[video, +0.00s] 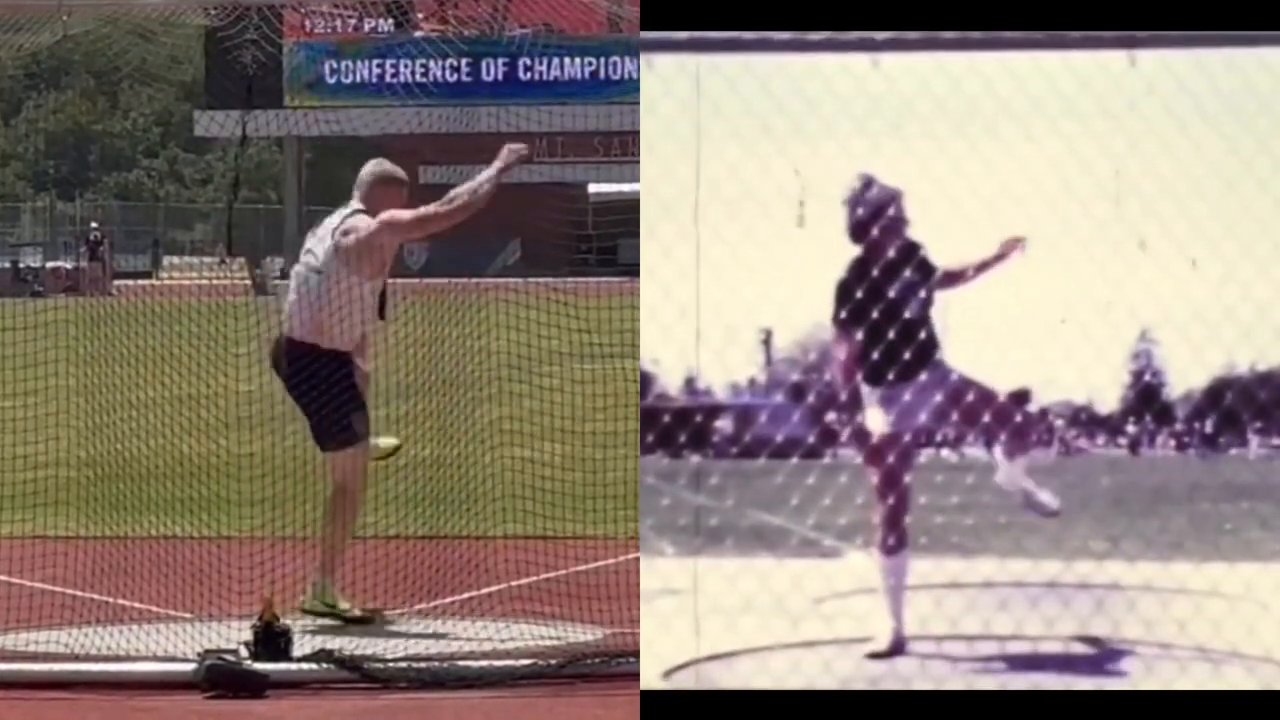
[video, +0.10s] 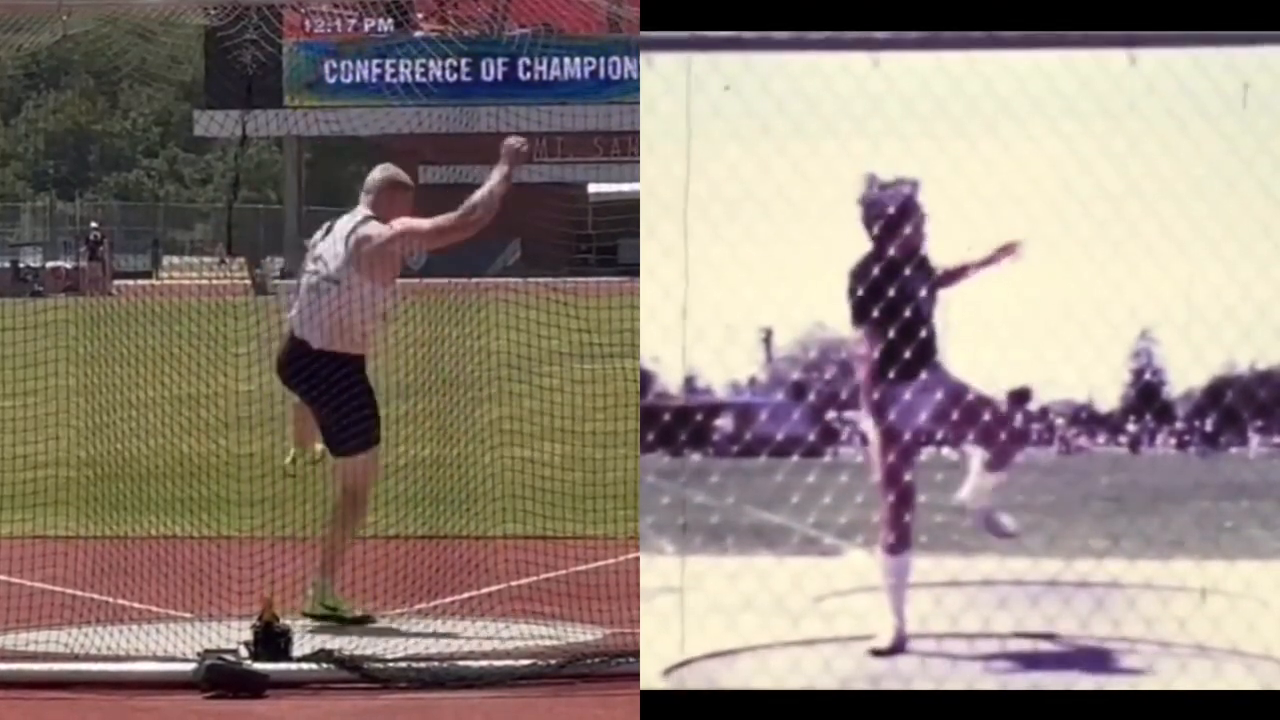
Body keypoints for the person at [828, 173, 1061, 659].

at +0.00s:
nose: (902, 223)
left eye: (901, 214)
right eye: (892, 217)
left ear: (900, 216)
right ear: (872, 227)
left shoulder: (910, 255)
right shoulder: (854, 285)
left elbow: (940, 282)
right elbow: (846, 357)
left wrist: (995, 260)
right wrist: (858, 418)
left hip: (935, 380)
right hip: (887, 400)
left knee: (1009, 421)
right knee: (893, 507)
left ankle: (1011, 475)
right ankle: (896, 626)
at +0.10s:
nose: (922, 228)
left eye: (920, 219)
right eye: (913, 221)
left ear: (912, 222)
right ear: (889, 227)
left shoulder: (915, 262)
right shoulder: (867, 276)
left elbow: (938, 281)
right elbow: (866, 353)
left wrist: (989, 261)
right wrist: (874, 420)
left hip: (932, 385)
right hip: (889, 398)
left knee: (1006, 435)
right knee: (897, 507)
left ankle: (975, 499)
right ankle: (897, 623)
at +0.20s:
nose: (935, 220)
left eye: (932, 211)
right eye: (927, 213)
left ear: (904, 221)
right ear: (907, 222)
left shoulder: (916, 266)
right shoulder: (883, 276)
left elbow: (934, 283)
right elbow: (882, 346)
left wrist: (977, 265)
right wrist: (892, 395)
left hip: (926, 387)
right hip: (885, 397)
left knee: (989, 449)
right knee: (901, 511)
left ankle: (937, 520)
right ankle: (896, 623)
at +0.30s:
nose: (938, 217)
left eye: (936, 208)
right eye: (931, 209)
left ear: (907, 214)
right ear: (912, 216)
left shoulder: (917, 261)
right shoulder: (888, 269)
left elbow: (933, 277)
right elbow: (888, 325)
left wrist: (972, 263)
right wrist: (900, 353)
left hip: (922, 382)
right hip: (885, 390)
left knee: (979, 444)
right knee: (903, 506)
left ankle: (922, 520)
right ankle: (897, 619)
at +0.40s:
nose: (950, 218)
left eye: (947, 209)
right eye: (948, 209)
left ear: (907, 209)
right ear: (939, 212)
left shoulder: (906, 251)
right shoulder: (914, 267)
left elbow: (925, 271)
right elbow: (917, 343)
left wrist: (965, 268)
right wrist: (946, 391)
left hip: (911, 384)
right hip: (890, 390)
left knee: (956, 465)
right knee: (911, 504)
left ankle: (877, 538)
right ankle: (897, 622)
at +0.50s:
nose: (958, 221)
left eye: (956, 211)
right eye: (954, 212)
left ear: (915, 208)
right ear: (945, 213)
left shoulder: (907, 256)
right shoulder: (926, 264)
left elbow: (912, 290)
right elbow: (941, 342)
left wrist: (952, 277)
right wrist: (987, 401)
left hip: (890, 384)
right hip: (894, 391)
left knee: (930, 476)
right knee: (914, 506)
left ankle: (848, 556)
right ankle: (899, 626)